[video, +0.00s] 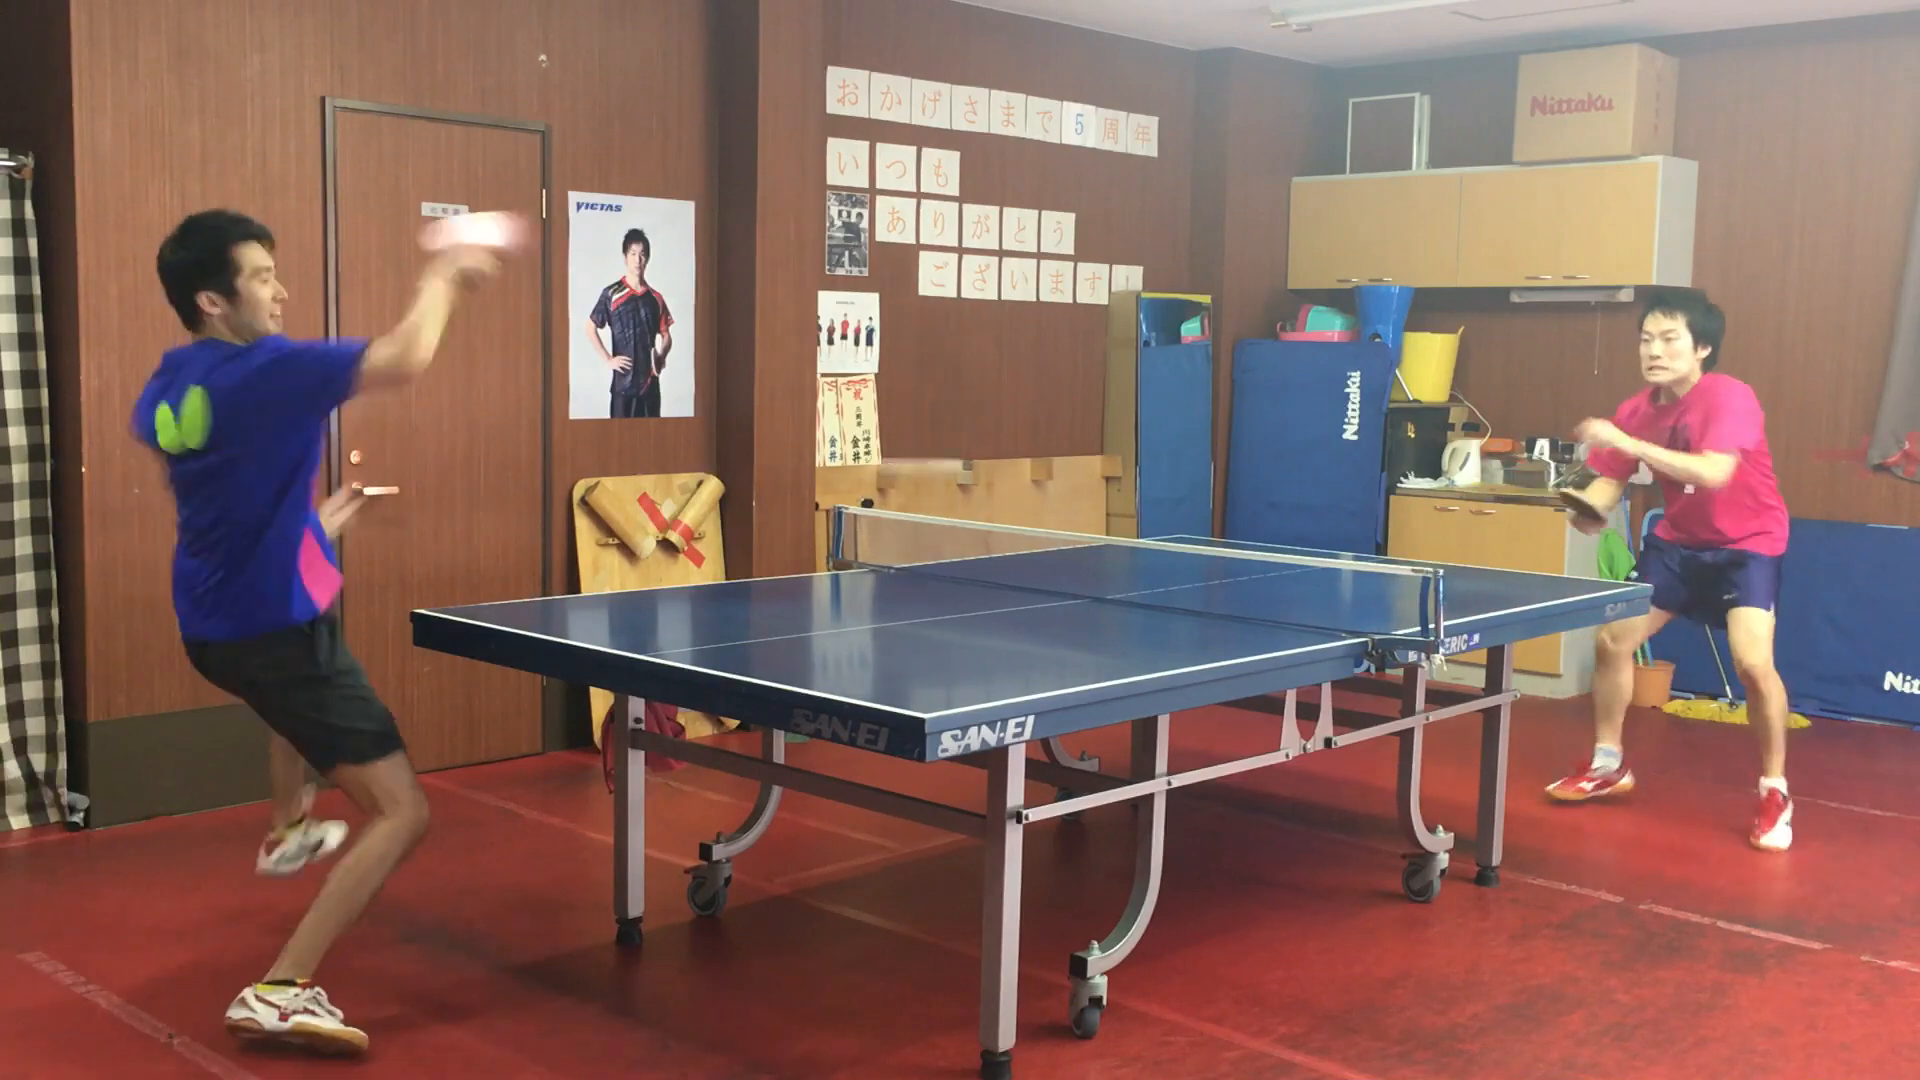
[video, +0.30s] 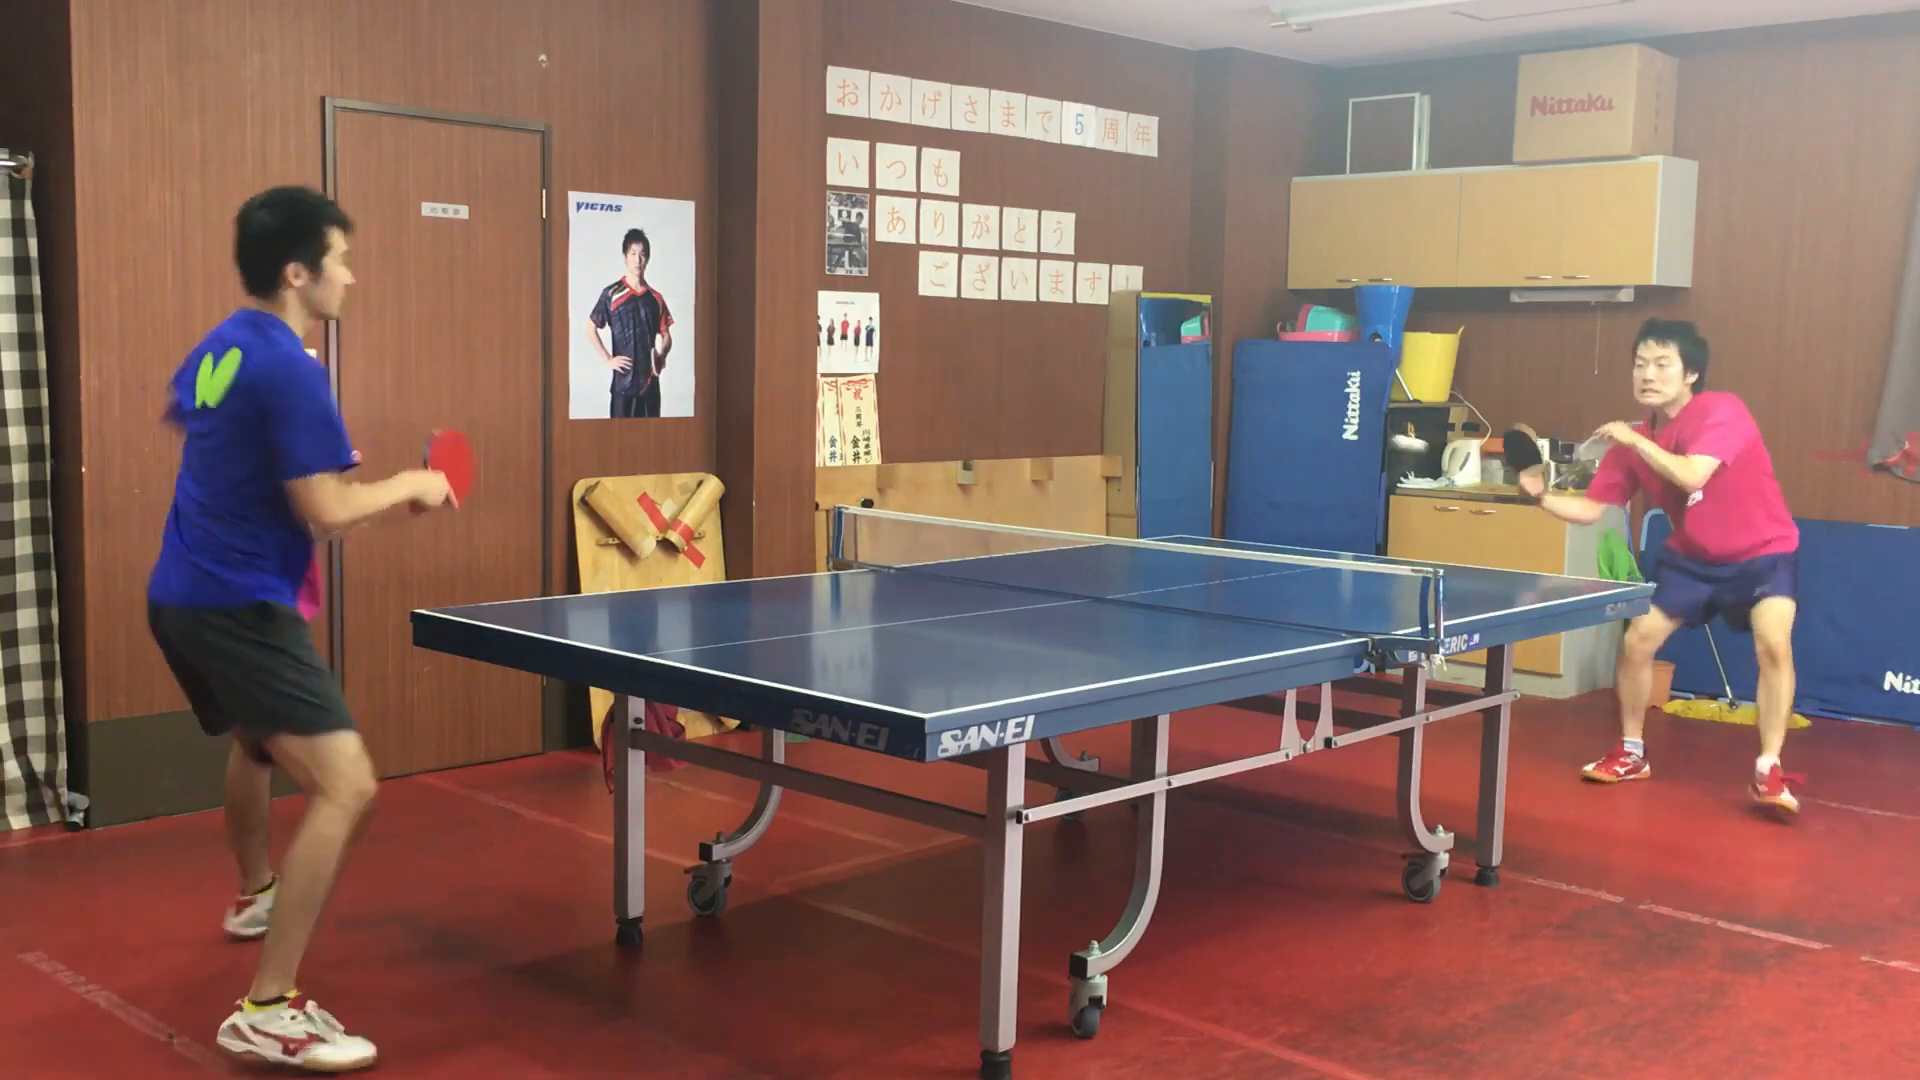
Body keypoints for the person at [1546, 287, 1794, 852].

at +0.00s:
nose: (1652, 350)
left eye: (1668, 340)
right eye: (1646, 339)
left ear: (1702, 350)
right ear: (1639, 346)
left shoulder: (1728, 398)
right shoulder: (1633, 411)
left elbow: (1712, 472)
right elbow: (1608, 483)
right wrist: (1584, 505)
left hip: (1745, 549)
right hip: (1676, 547)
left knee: (1752, 662)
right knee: (1611, 638)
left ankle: (1774, 790)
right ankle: (1606, 765)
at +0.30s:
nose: (1647, 374)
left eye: (1661, 365)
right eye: (1640, 363)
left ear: (1691, 375)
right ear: (1633, 371)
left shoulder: (1723, 411)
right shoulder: (1633, 440)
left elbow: (1691, 475)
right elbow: (1590, 509)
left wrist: (1632, 437)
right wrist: (1541, 495)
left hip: (1763, 554)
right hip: (1692, 560)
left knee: (1774, 643)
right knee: (1637, 640)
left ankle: (1769, 769)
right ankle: (1631, 753)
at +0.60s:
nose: (1669, 383)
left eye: (1683, 373)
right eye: (1663, 372)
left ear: (1712, 383)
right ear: (1657, 378)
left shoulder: (1734, 435)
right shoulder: (1665, 434)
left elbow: (1708, 508)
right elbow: (1667, 495)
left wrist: (1640, 485)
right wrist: (1623, 510)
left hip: (1767, 570)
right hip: (1702, 567)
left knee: (1818, 659)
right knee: (1642, 638)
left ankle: (1867, 743)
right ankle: (1644, 709)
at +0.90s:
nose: (1575, 358)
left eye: (1588, 348)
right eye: (1569, 349)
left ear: (1614, 358)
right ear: (1562, 356)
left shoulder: (1628, 402)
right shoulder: (1572, 408)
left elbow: (1596, 469)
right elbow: (1557, 470)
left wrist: (1527, 470)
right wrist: (1500, 486)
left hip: (1657, 542)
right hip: (1599, 538)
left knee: (1682, 641)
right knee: (1539, 602)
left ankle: (1711, 699)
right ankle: (1586, 680)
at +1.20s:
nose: (1435, 362)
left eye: (1446, 353)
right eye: (1431, 353)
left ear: (1473, 360)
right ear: (1428, 357)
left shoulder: (1481, 397)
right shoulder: (1460, 401)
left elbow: (1545, 432)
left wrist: (1611, 460)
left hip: (1500, 550)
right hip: (1460, 541)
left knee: (1513, 647)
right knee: (1399, 599)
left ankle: (1627, 676)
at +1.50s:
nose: (1382, 319)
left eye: (1395, 313)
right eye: (1381, 310)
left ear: (1421, 324)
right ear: (1377, 312)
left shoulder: (1430, 363)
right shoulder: (1393, 365)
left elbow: (1482, 408)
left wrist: (1534, 452)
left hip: (1410, 509)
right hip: (1379, 504)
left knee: (1367, 593)